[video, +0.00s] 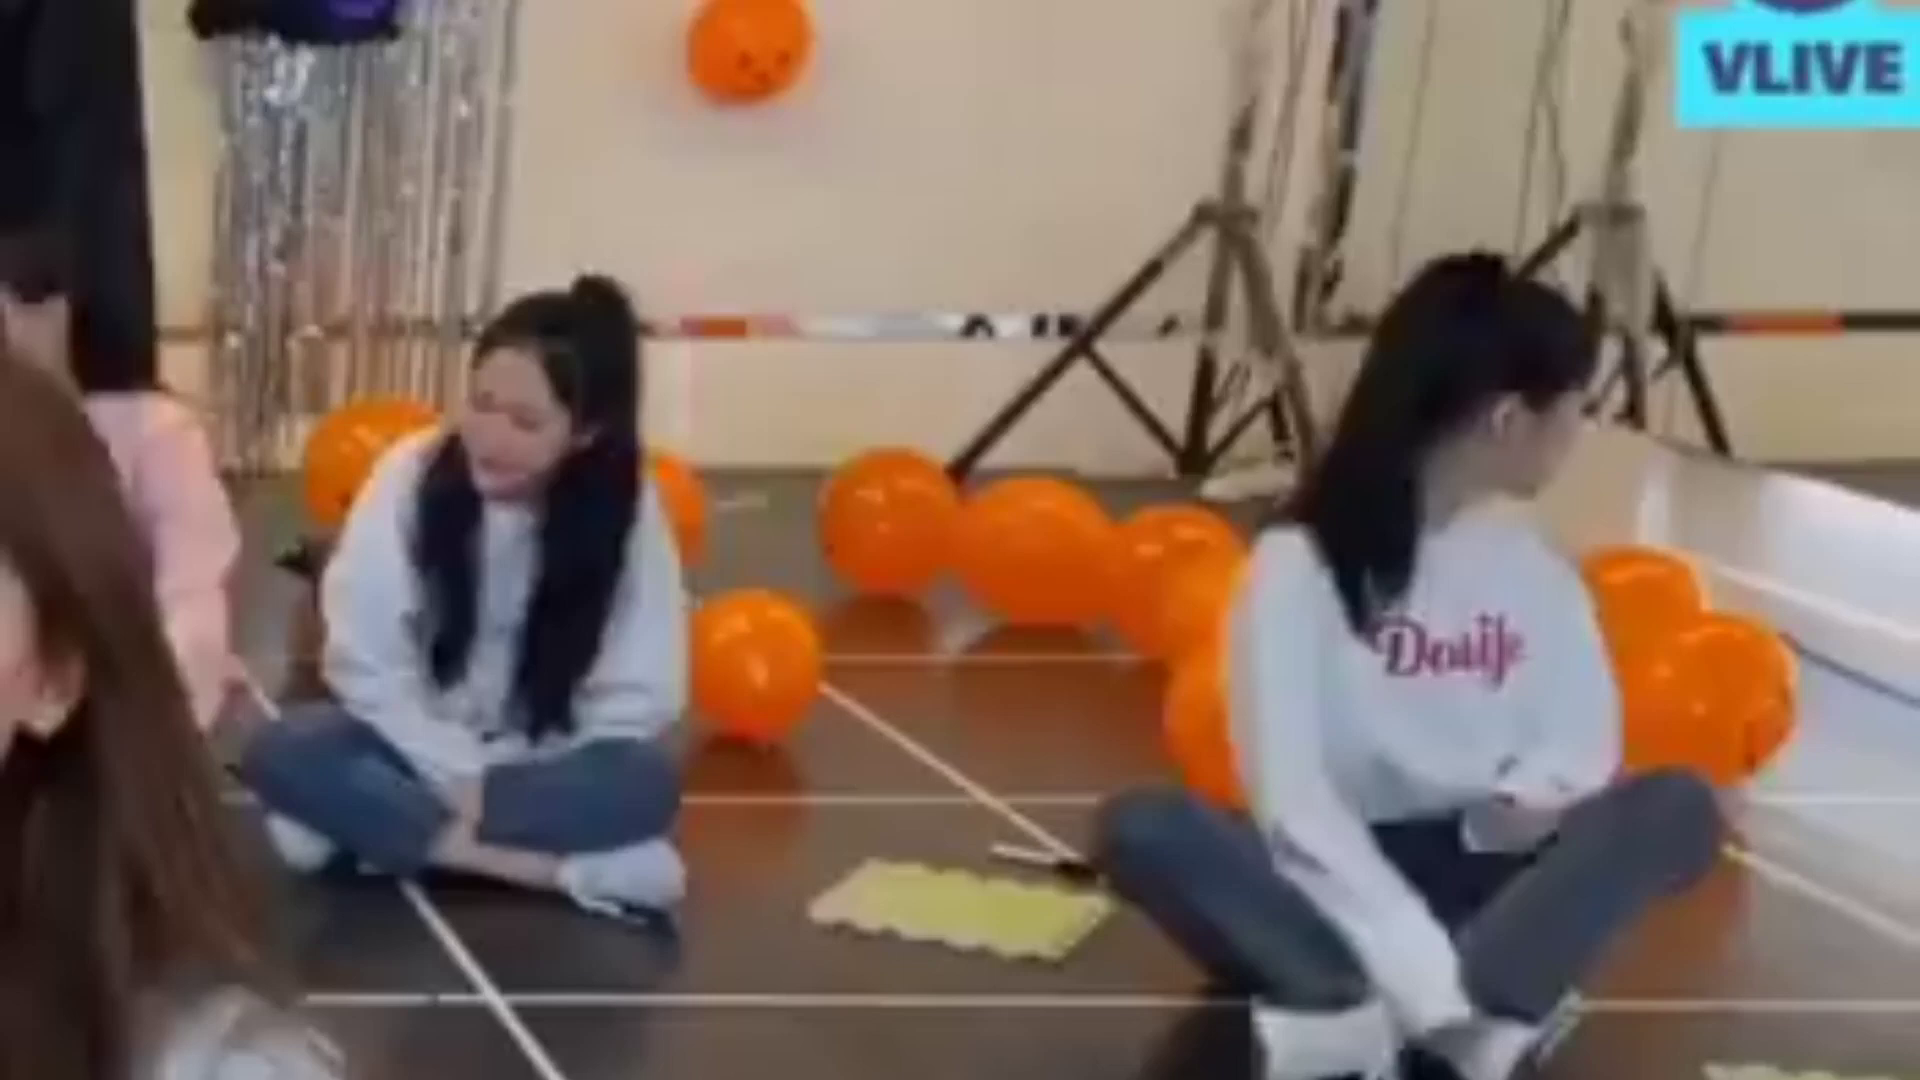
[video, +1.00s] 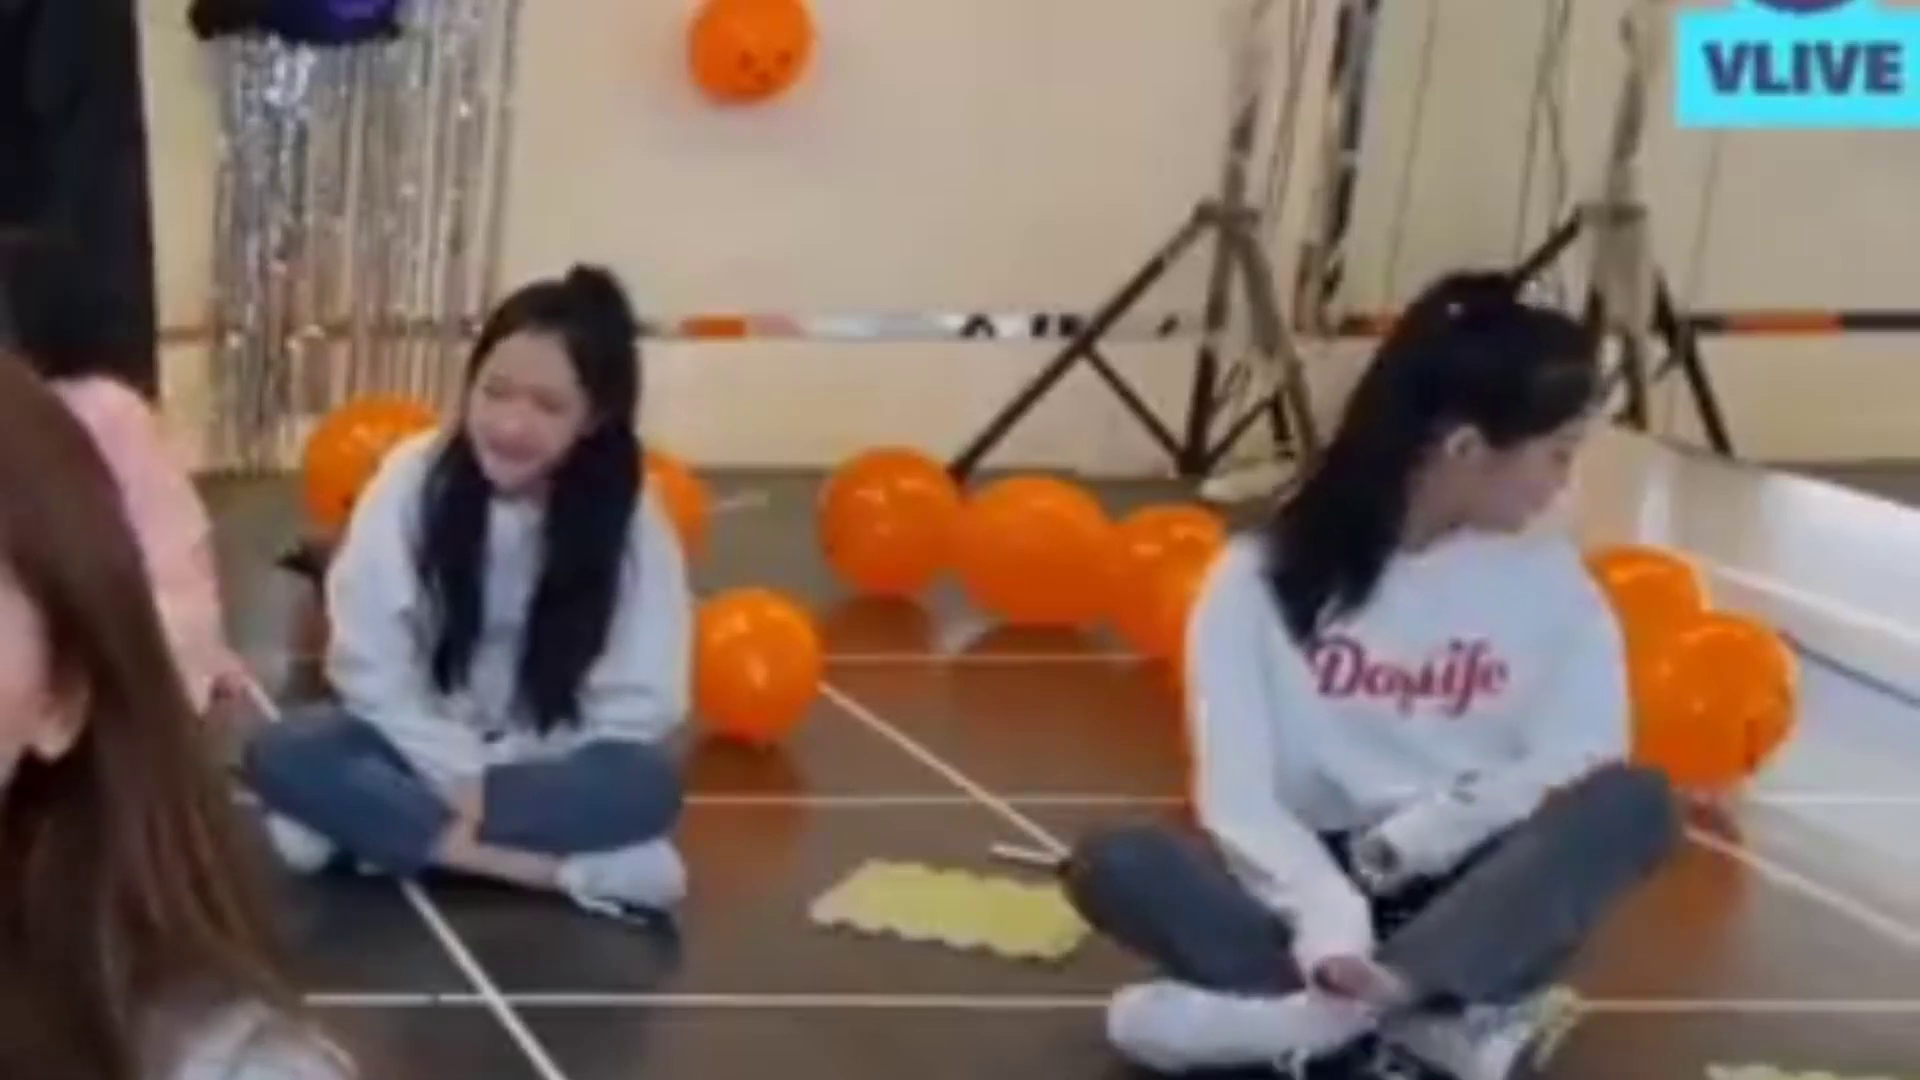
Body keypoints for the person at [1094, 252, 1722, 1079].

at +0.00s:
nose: (1577, 436)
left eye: (1581, 411)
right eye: (1574, 410)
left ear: (1499, 422)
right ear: (1505, 419)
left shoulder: (1528, 561)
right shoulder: (1298, 558)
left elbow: (1584, 731)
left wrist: (1536, 800)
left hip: (1490, 859)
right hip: (1337, 861)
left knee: (1679, 808)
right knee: (1141, 826)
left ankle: (1380, 1041)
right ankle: (1456, 1043)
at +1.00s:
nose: (1565, 481)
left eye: (1571, 455)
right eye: (1556, 454)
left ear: (1464, 450)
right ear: (1461, 448)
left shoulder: (1545, 576)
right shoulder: (1256, 579)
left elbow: (1584, 754)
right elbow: (1236, 798)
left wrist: (1401, 845)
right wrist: (1328, 906)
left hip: (1470, 875)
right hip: (1296, 872)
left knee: (1635, 804)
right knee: (1112, 862)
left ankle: (1330, 1016)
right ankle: (1422, 1030)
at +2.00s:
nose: (1803, 546)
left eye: (1812, 522)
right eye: (1788, 521)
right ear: (1688, 502)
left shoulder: (1740, 678)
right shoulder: (1488, 557)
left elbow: (1865, 831)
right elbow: (1376, 759)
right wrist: (1357, 949)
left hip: (1517, 893)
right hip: (1371, 851)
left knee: (1694, 899)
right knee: (1122, 822)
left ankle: (1330, 1040)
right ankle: (1404, 1045)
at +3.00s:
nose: (1804, 537)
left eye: (1815, 511)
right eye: (1794, 508)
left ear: (1707, 485)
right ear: (1700, 481)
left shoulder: (1750, 651)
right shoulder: (1476, 557)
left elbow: (1883, 789)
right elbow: (1370, 764)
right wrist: (1354, 958)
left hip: (1515, 892)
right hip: (1364, 857)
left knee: (1696, 900)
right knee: (1143, 793)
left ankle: (1320, 1041)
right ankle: (1400, 1050)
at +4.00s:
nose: (1585, 491)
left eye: (1609, 464)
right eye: (1563, 457)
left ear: (1629, 454)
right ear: (1464, 427)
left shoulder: (1619, 603)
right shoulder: (1319, 571)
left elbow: (1751, 773)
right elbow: (1229, 770)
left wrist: (1902, 829)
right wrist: (1286, 917)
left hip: (1469, 906)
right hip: (1300, 882)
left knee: (1670, 879)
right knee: (1086, 851)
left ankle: (1310, 1038)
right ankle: (1399, 1044)